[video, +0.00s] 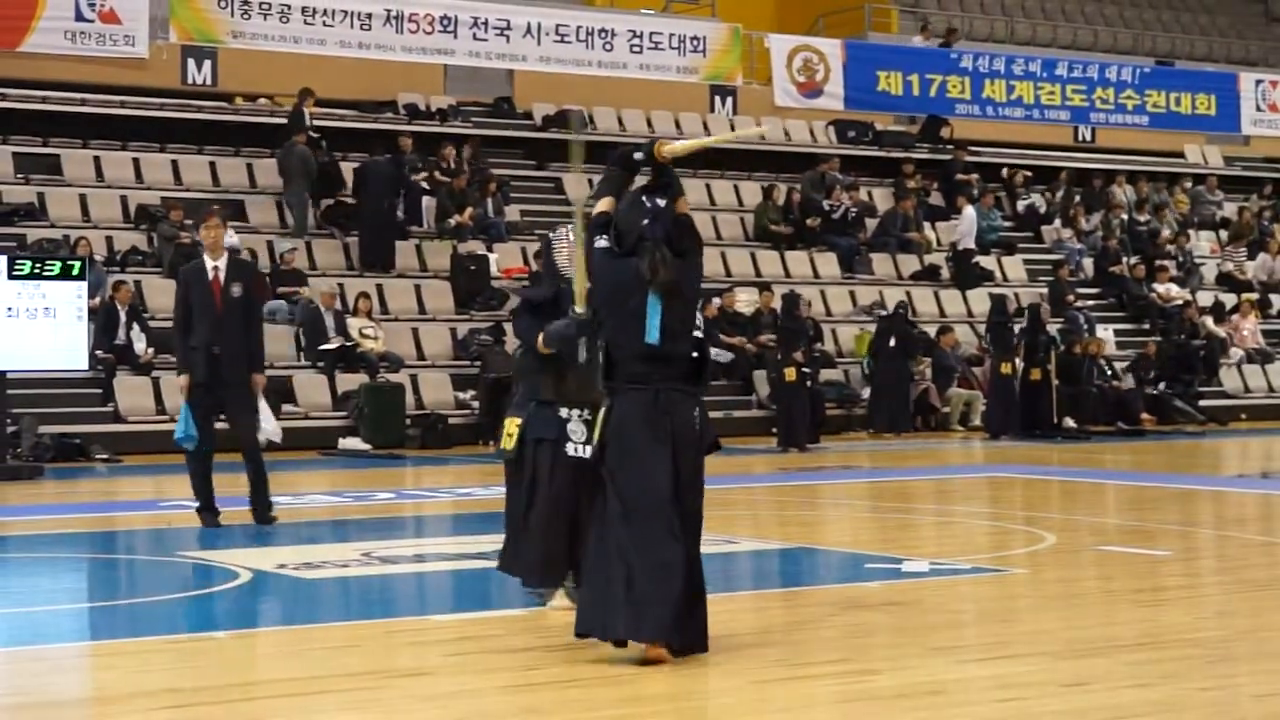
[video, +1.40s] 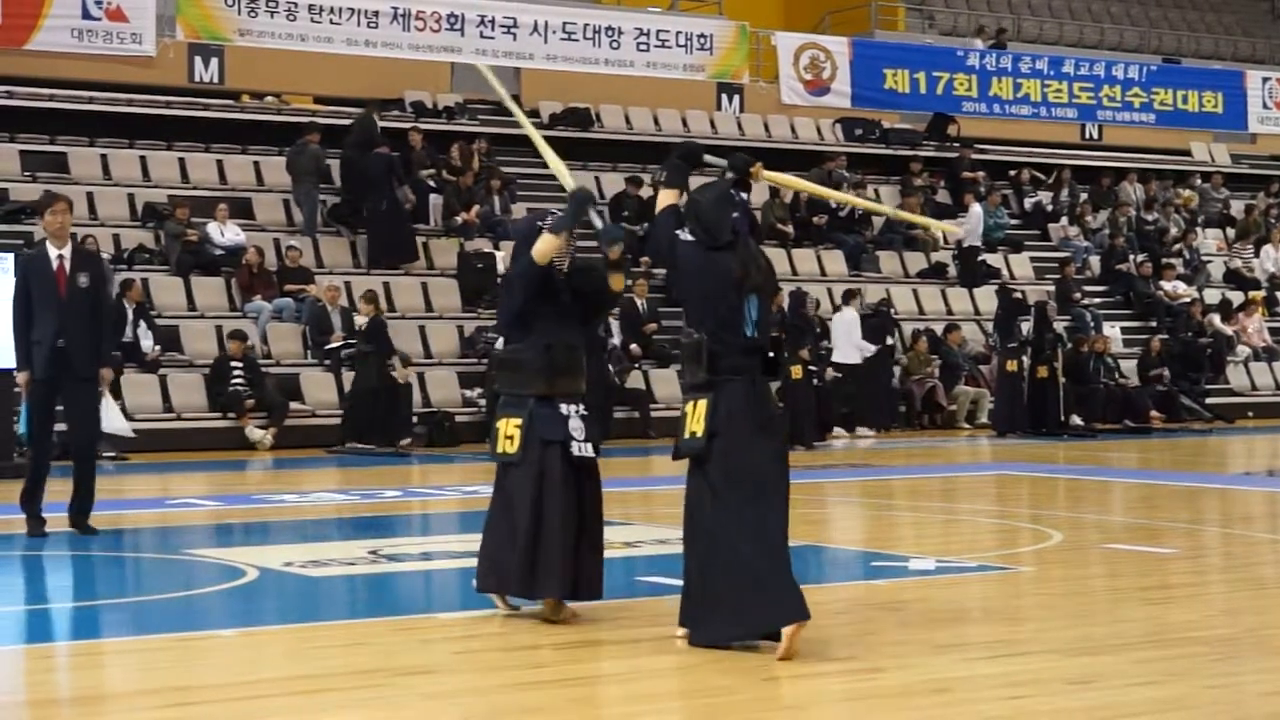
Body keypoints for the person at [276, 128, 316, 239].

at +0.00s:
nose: (306, 138)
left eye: (305, 135)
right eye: (304, 135)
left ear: (293, 135)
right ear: (300, 135)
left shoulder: (283, 151)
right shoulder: (305, 151)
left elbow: (281, 172)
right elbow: (312, 171)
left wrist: (291, 179)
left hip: (288, 191)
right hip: (301, 191)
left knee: (299, 223)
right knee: (301, 225)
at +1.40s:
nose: (319, 138)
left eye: (319, 135)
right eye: (317, 135)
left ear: (306, 134)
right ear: (312, 135)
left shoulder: (293, 149)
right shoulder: (316, 150)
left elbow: (289, 168)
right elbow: (322, 169)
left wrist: (297, 176)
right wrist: (330, 183)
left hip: (297, 186)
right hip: (310, 187)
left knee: (308, 219)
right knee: (310, 220)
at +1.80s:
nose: (322, 138)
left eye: (322, 135)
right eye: (321, 135)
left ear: (309, 135)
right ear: (317, 135)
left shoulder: (297, 150)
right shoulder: (320, 151)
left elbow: (294, 167)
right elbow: (330, 168)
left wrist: (298, 179)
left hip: (299, 187)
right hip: (314, 187)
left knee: (311, 218)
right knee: (313, 220)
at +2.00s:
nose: (325, 137)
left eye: (325, 134)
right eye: (323, 134)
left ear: (312, 134)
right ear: (319, 135)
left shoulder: (299, 150)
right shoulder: (322, 150)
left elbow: (296, 169)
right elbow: (334, 166)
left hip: (302, 188)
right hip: (315, 189)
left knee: (312, 219)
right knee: (313, 221)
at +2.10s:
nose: (326, 137)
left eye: (326, 134)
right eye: (325, 134)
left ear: (313, 134)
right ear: (321, 135)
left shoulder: (303, 148)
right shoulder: (324, 150)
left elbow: (299, 167)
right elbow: (336, 165)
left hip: (304, 186)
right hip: (316, 187)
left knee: (313, 215)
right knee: (315, 216)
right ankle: (313, 240)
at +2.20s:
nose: (326, 136)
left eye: (326, 134)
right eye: (326, 134)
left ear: (314, 134)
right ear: (323, 134)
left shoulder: (305, 147)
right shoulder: (325, 149)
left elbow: (300, 165)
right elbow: (337, 164)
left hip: (306, 185)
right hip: (319, 186)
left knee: (314, 213)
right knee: (317, 215)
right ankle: (314, 238)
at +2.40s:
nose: (328, 135)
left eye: (327, 132)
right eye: (326, 132)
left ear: (315, 133)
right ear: (322, 133)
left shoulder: (307, 147)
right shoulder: (326, 148)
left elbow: (304, 166)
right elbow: (340, 162)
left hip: (307, 185)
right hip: (321, 186)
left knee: (317, 217)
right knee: (319, 218)